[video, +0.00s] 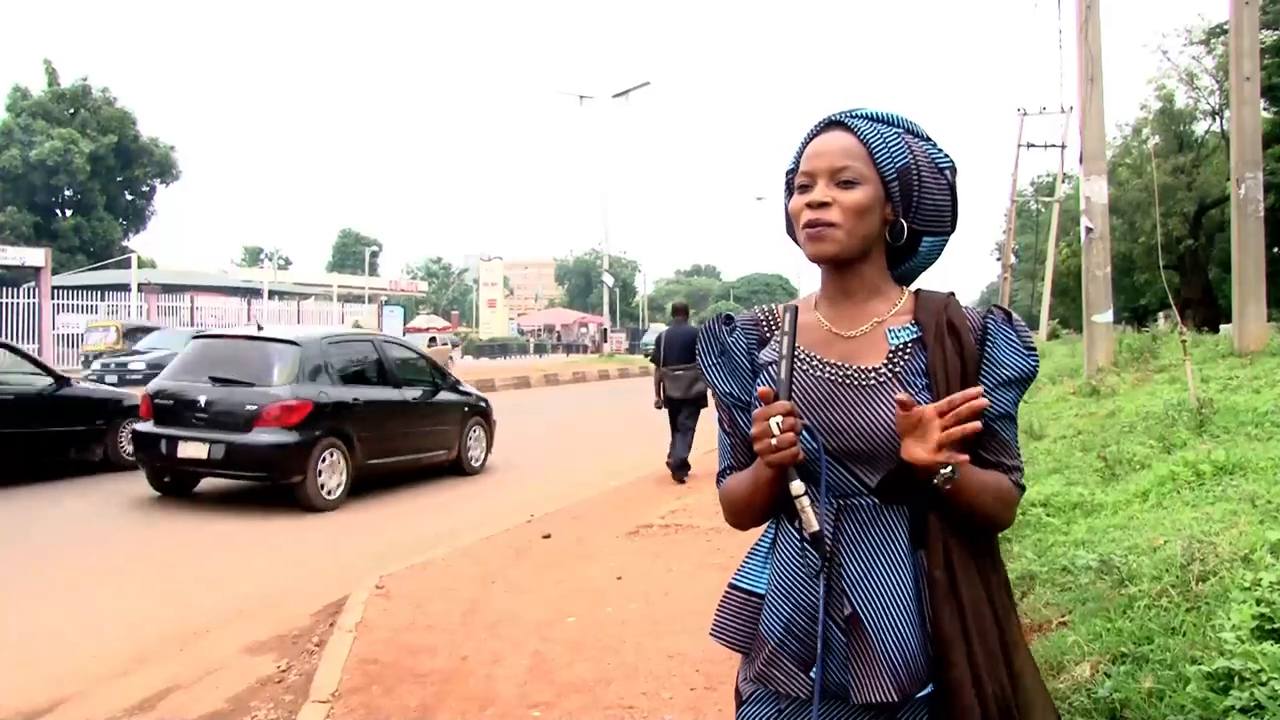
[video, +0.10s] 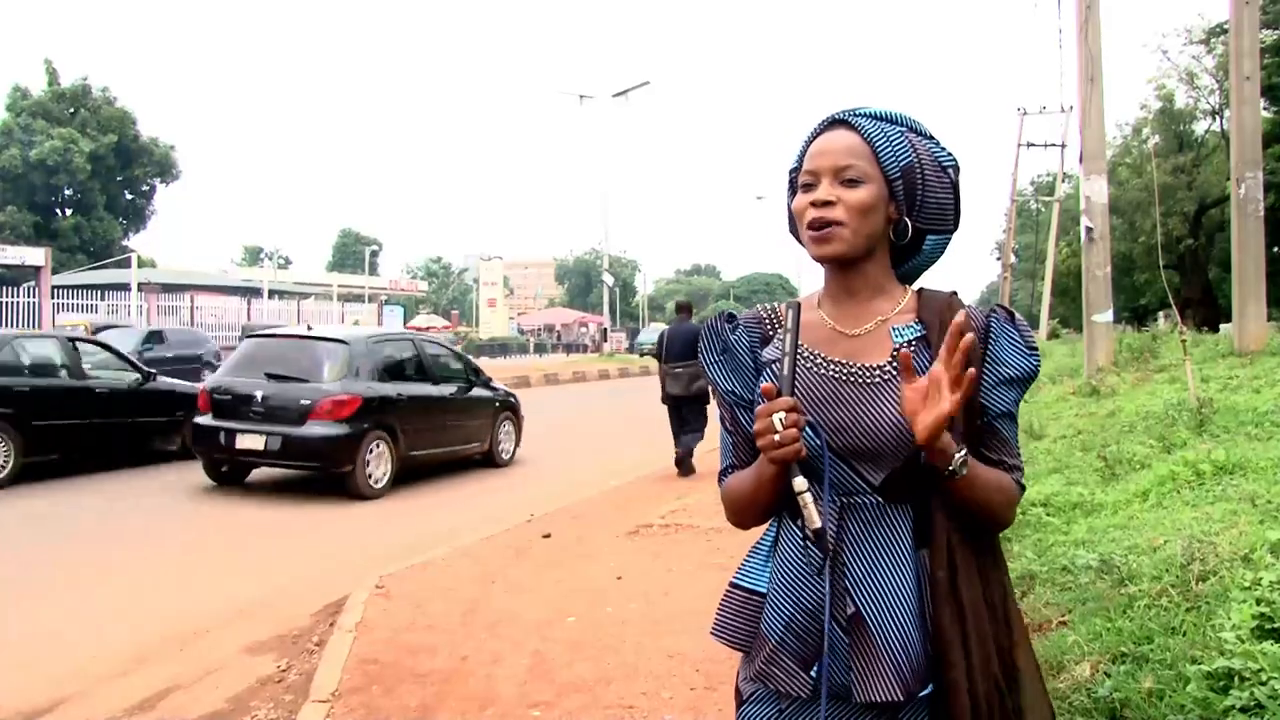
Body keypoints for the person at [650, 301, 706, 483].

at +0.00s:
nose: (682, 318)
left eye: (678, 315)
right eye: (684, 314)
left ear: (672, 316)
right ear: (688, 315)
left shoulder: (663, 337)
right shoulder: (697, 334)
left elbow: (658, 368)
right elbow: (705, 361)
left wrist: (657, 395)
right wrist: (710, 384)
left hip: (671, 385)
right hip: (693, 383)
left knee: (676, 425)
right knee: (687, 426)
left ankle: (676, 458)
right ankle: (678, 463)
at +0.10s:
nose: (687, 316)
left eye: (683, 313)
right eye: (688, 313)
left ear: (676, 313)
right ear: (691, 313)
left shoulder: (665, 334)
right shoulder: (699, 332)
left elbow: (661, 364)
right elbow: (707, 359)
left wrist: (663, 389)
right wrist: (713, 384)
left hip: (673, 384)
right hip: (696, 383)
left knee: (677, 423)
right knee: (698, 423)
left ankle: (685, 461)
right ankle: (684, 449)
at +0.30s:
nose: (694, 316)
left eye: (690, 313)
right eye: (695, 313)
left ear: (683, 312)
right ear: (697, 313)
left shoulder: (671, 332)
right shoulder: (703, 332)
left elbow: (665, 354)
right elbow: (710, 355)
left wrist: (680, 364)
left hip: (676, 384)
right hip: (701, 383)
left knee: (678, 423)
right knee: (707, 421)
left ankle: (681, 463)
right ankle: (705, 454)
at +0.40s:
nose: (698, 317)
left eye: (692, 314)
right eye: (700, 314)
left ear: (687, 314)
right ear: (702, 314)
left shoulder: (677, 333)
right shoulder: (709, 334)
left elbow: (670, 356)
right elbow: (715, 358)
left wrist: (681, 372)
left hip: (679, 384)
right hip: (704, 384)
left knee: (680, 425)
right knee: (708, 422)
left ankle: (682, 465)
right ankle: (713, 457)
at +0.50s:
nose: (699, 319)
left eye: (696, 316)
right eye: (702, 315)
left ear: (692, 316)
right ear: (707, 316)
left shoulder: (681, 335)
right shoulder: (714, 337)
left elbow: (675, 357)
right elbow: (719, 362)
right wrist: (717, 382)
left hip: (684, 386)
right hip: (707, 386)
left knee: (683, 424)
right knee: (709, 425)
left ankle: (682, 464)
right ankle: (712, 460)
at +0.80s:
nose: (710, 317)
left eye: (708, 313)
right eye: (713, 314)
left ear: (703, 314)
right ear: (718, 314)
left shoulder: (694, 333)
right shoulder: (723, 334)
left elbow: (687, 355)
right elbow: (728, 358)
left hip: (698, 381)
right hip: (718, 381)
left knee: (700, 417)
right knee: (714, 418)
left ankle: (699, 448)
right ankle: (712, 456)